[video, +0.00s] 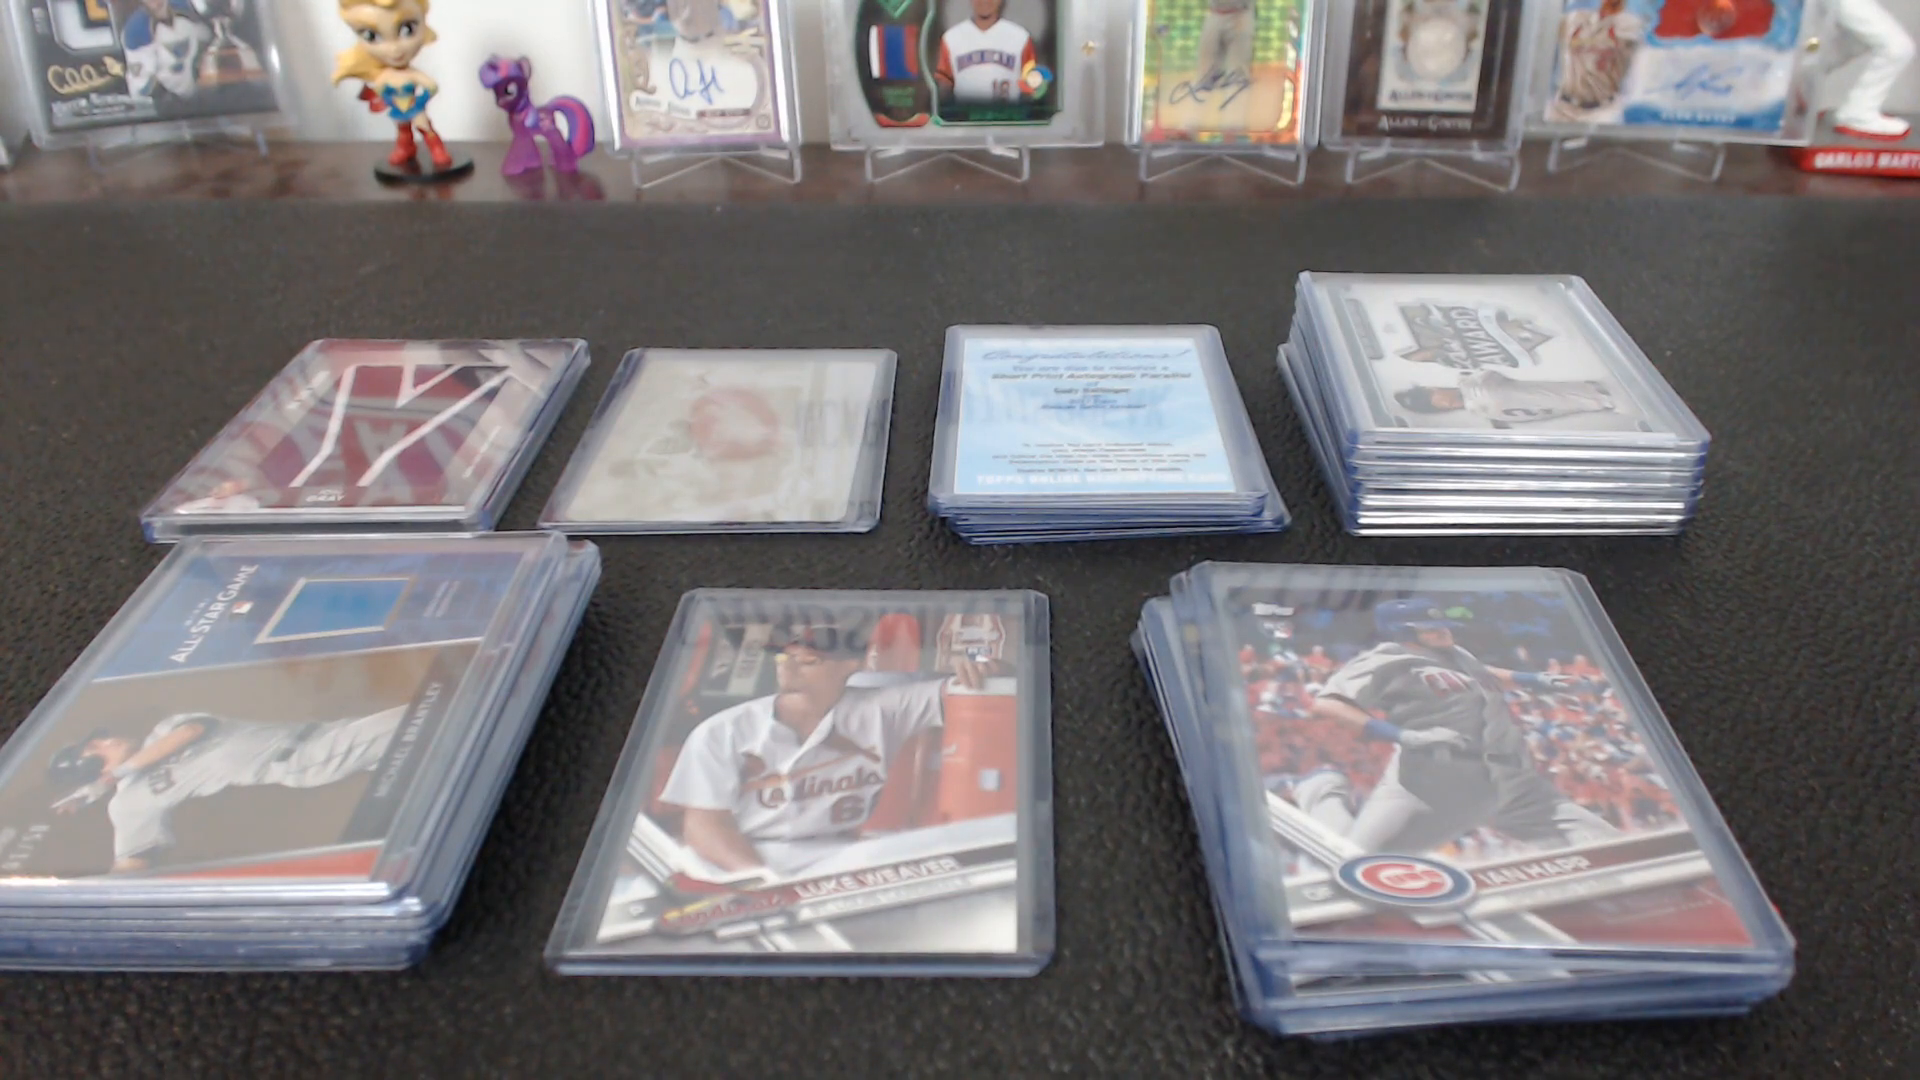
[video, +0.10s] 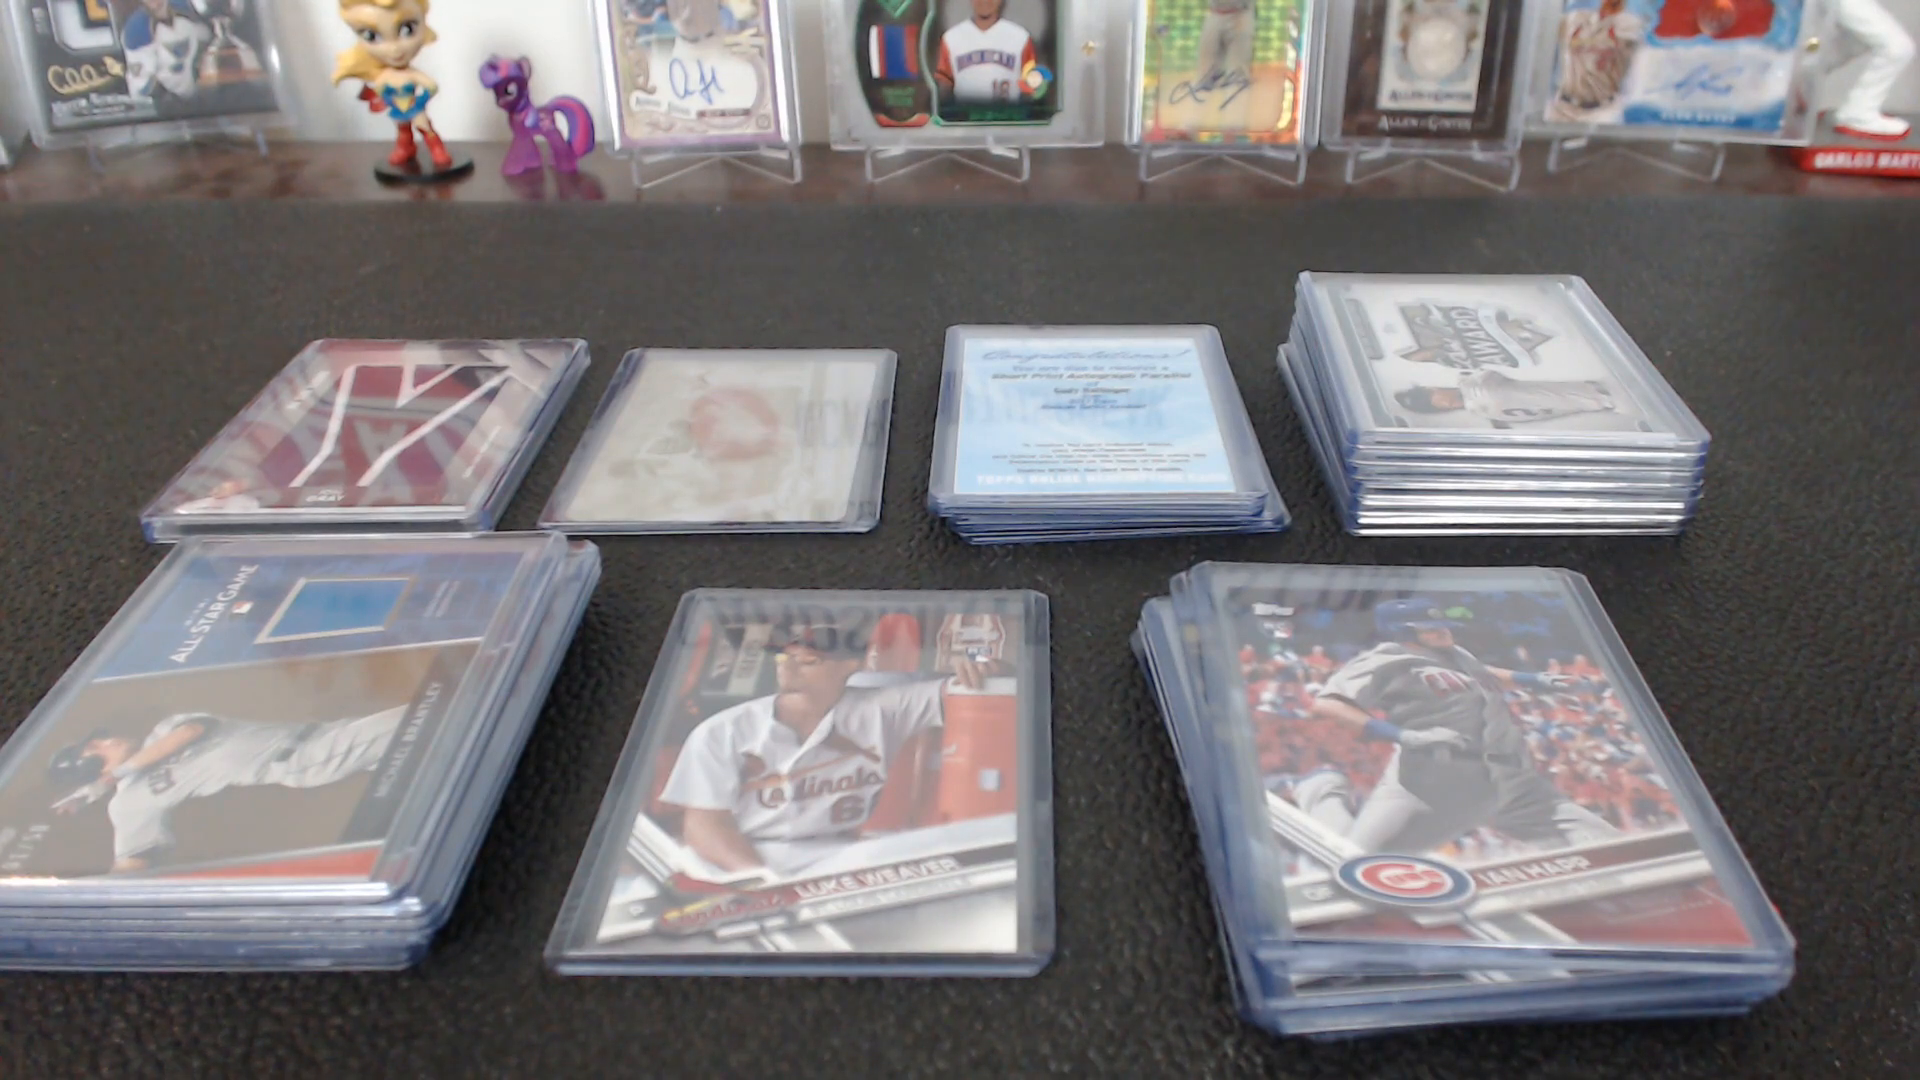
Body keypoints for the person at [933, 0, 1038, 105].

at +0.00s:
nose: (984, 2)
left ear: (1000, 2)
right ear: (971, 2)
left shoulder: (1020, 37)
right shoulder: (951, 38)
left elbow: (1030, 80)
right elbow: (944, 78)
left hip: (1009, 120)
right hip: (965, 119)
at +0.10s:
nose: (984, 2)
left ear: (1001, 2)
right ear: (971, 2)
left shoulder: (1020, 37)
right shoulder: (951, 38)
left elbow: (1029, 80)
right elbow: (944, 78)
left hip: (1009, 121)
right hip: (965, 119)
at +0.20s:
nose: (984, 2)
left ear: (1000, 2)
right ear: (971, 2)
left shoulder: (1020, 37)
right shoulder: (950, 38)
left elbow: (1029, 81)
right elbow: (944, 78)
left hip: (1008, 120)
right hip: (965, 119)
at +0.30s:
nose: (984, 2)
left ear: (1000, 2)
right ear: (971, 2)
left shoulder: (1020, 37)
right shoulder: (950, 38)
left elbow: (1029, 81)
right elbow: (944, 78)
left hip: (1009, 121)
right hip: (965, 120)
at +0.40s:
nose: (984, 2)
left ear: (1000, 2)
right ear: (971, 2)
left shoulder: (1020, 37)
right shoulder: (950, 38)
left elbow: (1029, 81)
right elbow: (944, 78)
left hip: (1008, 121)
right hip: (965, 120)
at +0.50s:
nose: (984, 2)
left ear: (1000, 2)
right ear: (971, 2)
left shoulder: (1020, 37)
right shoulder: (950, 38)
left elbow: (1029, 81)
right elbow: (944, 78)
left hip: (1008, 121)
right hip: (965, 120)